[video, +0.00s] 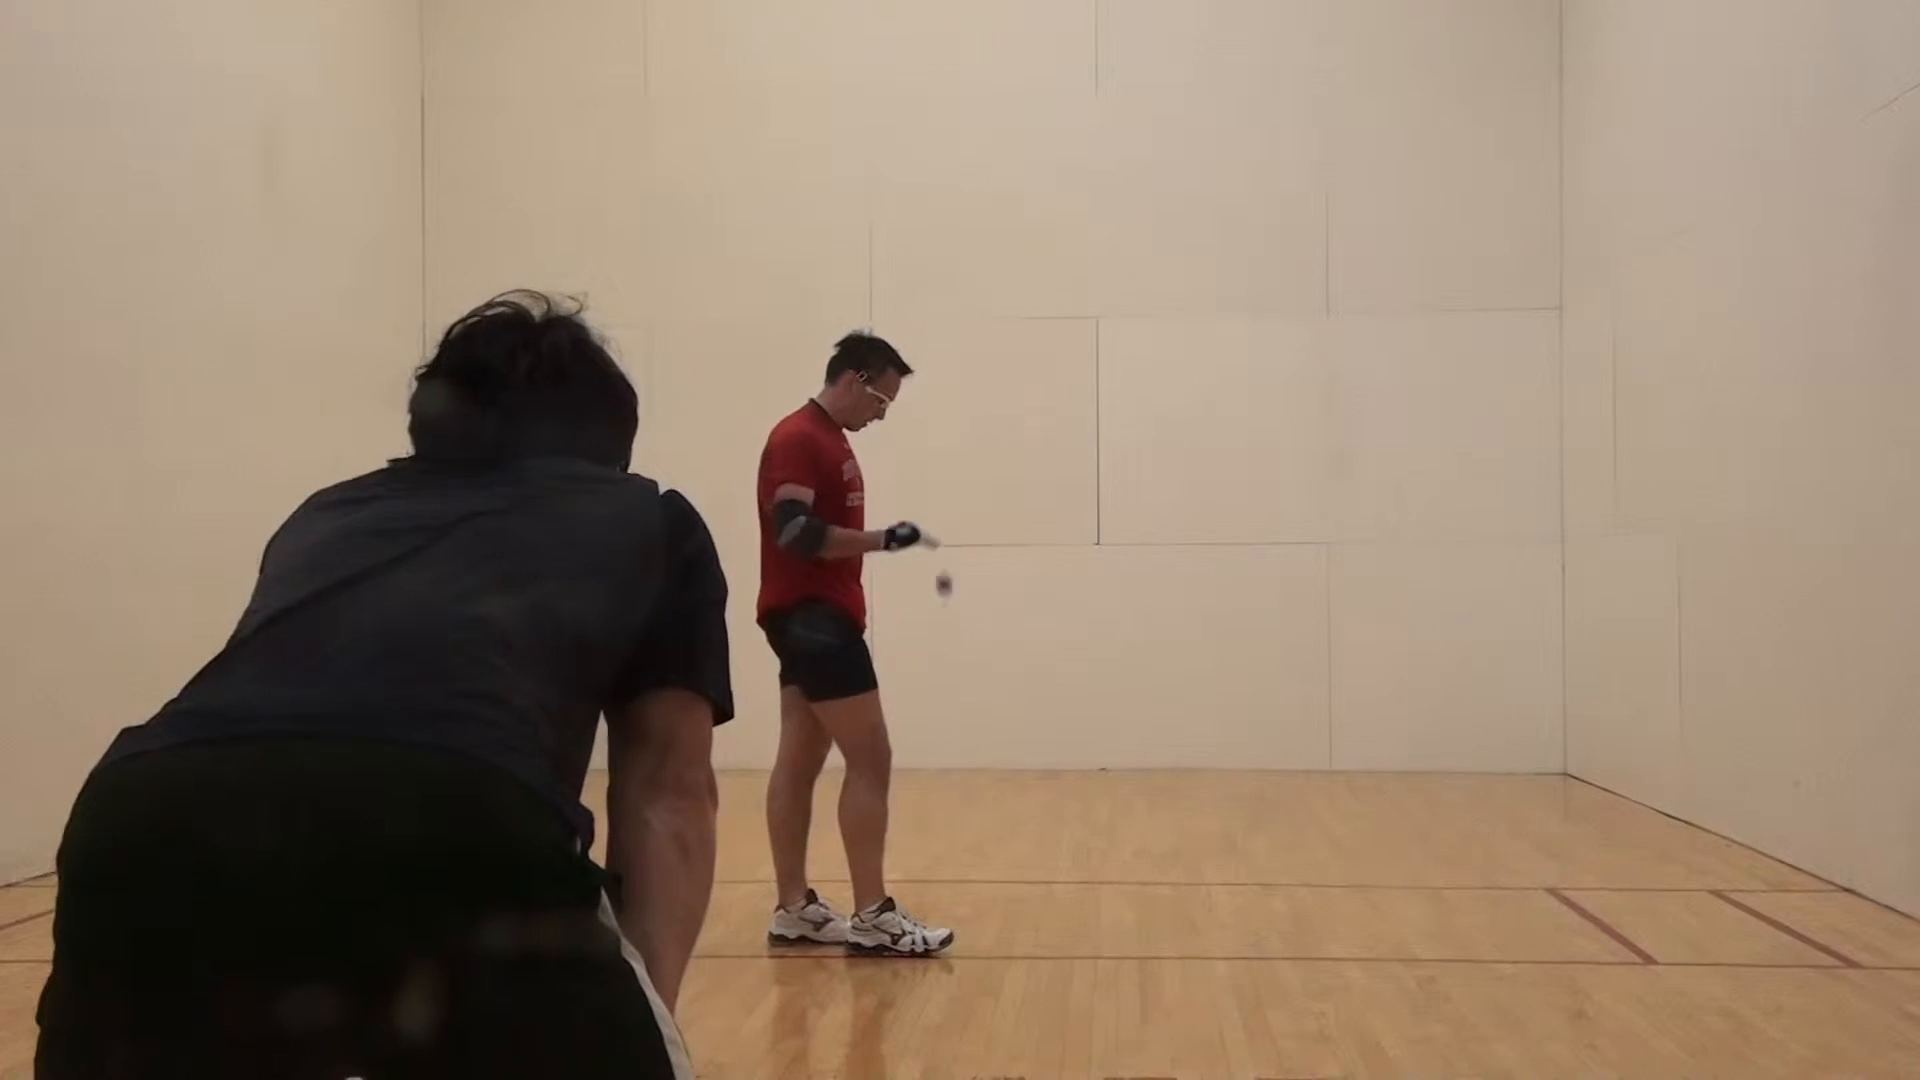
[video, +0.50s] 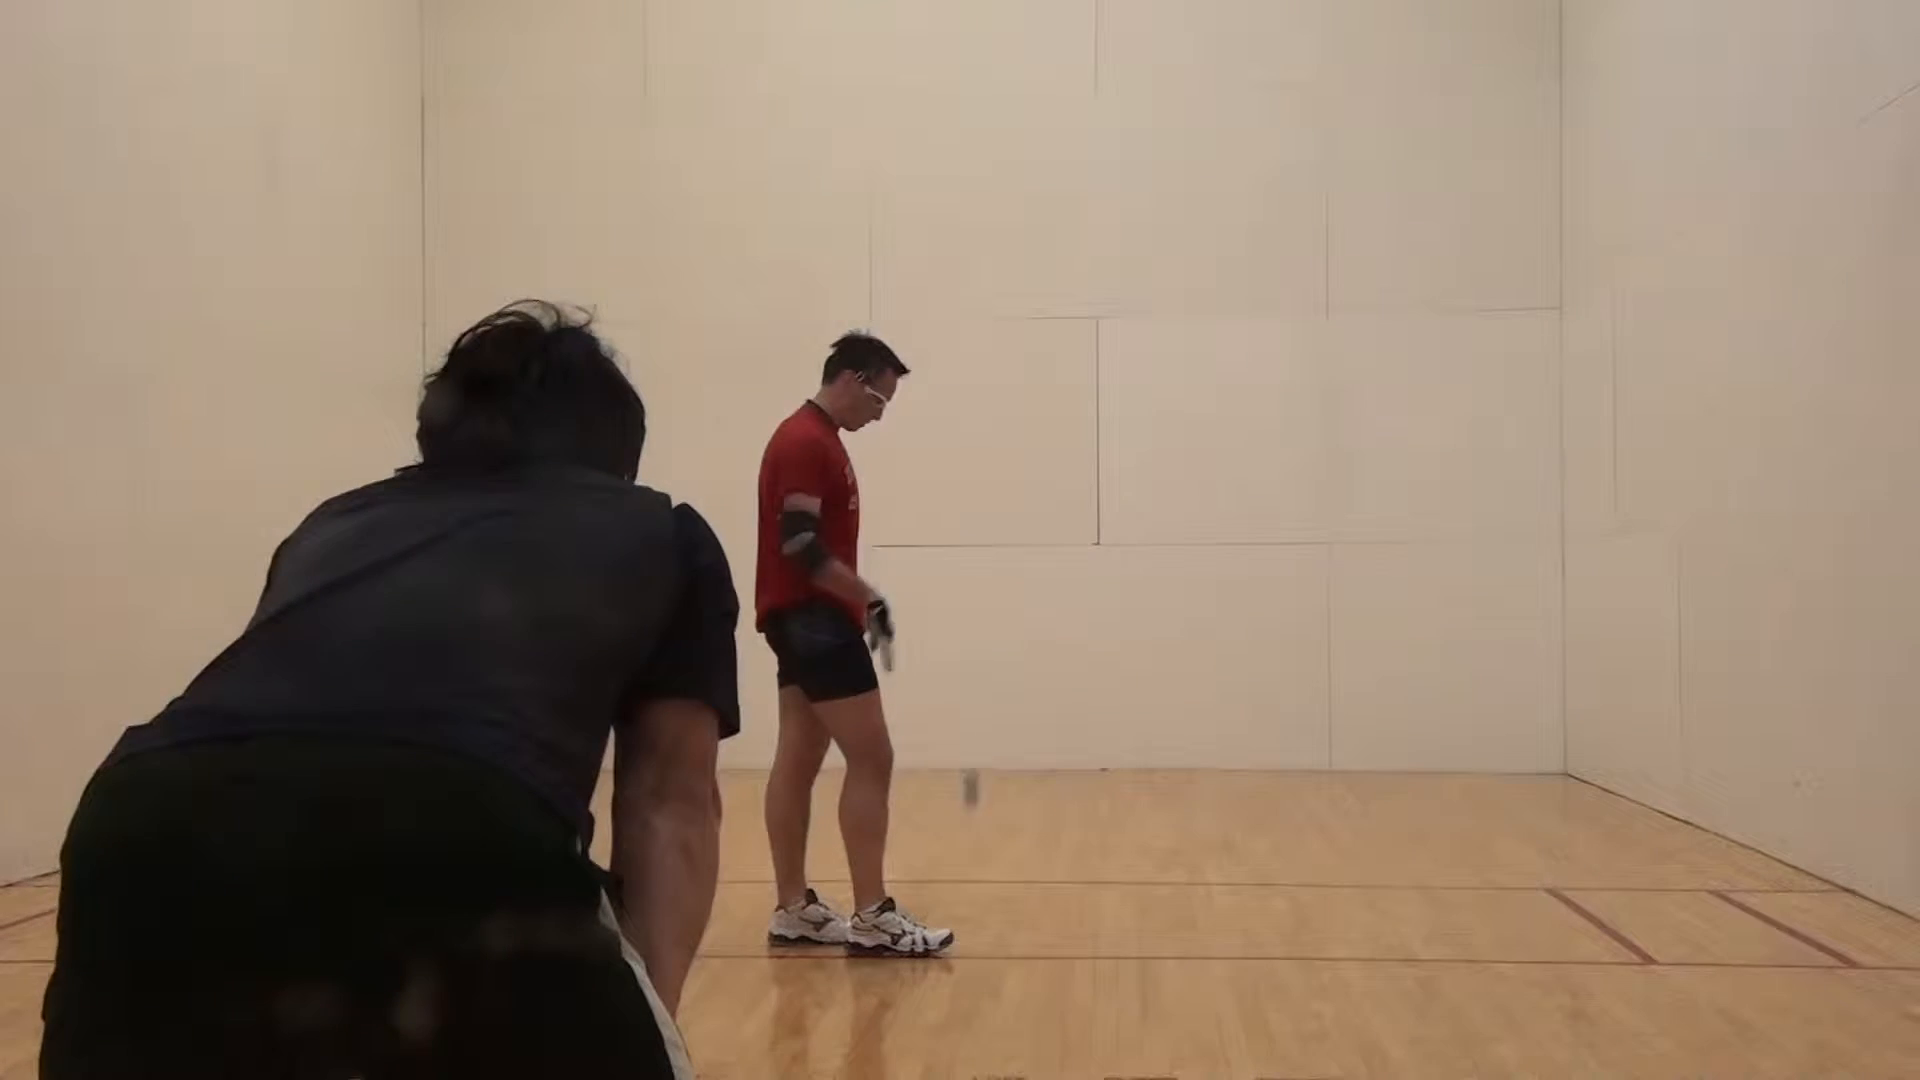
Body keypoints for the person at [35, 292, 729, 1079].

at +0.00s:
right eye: (627, 456)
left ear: (433, 426)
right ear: (604, 439)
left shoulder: (324, 508)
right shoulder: (649, 518)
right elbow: (670, 791)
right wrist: (640, 1025)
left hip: (154, 819)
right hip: (454, 825)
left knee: (110, 1047)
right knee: (598, 1055)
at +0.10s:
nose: (631, 473)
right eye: (628, 457)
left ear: (439, 427)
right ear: (605, 441)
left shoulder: (328, 511)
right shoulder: (650, 522)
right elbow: (670, 794)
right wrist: (641, 1025)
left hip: (155, 815)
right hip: (454, 824)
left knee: (107, 1047)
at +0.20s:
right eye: (630, 460)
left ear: (438, 429)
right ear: (607, 443)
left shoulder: (331, 512)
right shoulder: (653, 525)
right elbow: (671, 798)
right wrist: (641, 1029)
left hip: (157, 812)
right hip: (453, 820)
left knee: (110, 1048)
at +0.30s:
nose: (636, 477)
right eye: (633, 462)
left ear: (439, 431)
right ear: (609, 447)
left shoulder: (331, 515)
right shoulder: (657, 530)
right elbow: (671, 799)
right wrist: (641, 1029)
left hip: (158, 813)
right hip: (456, 823)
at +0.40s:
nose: (637, 479)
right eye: (633, 464)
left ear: (439, 435)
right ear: (611, 449)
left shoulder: (333, 516)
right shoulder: (659, 531)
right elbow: (673, 798)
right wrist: (645, 1031)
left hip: (157, 816)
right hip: (456, 825)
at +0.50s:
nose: (638, 479)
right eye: (633, 464)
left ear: (438, 436)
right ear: (611, 452)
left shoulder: (334, 517)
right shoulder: (660, 531)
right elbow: (671, 794)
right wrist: (642, 1032)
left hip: (153, 819)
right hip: (455, 829)